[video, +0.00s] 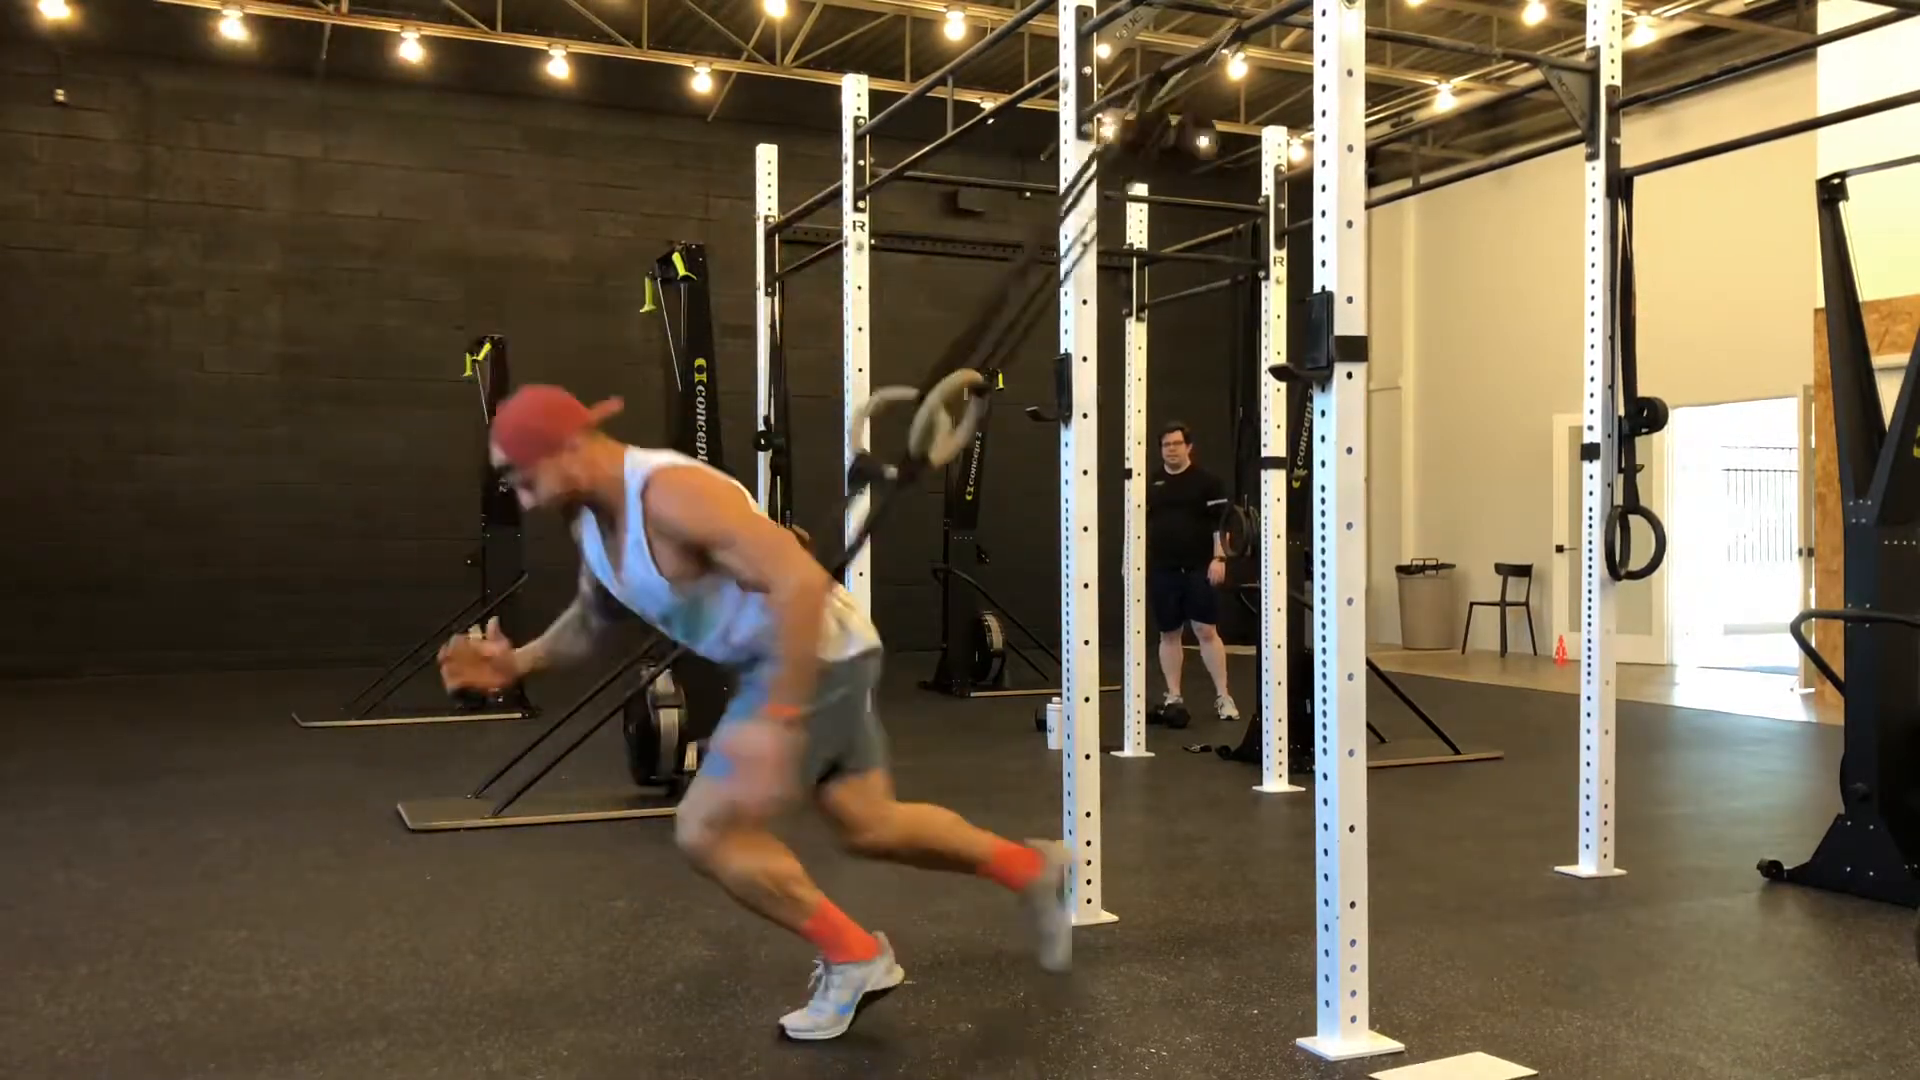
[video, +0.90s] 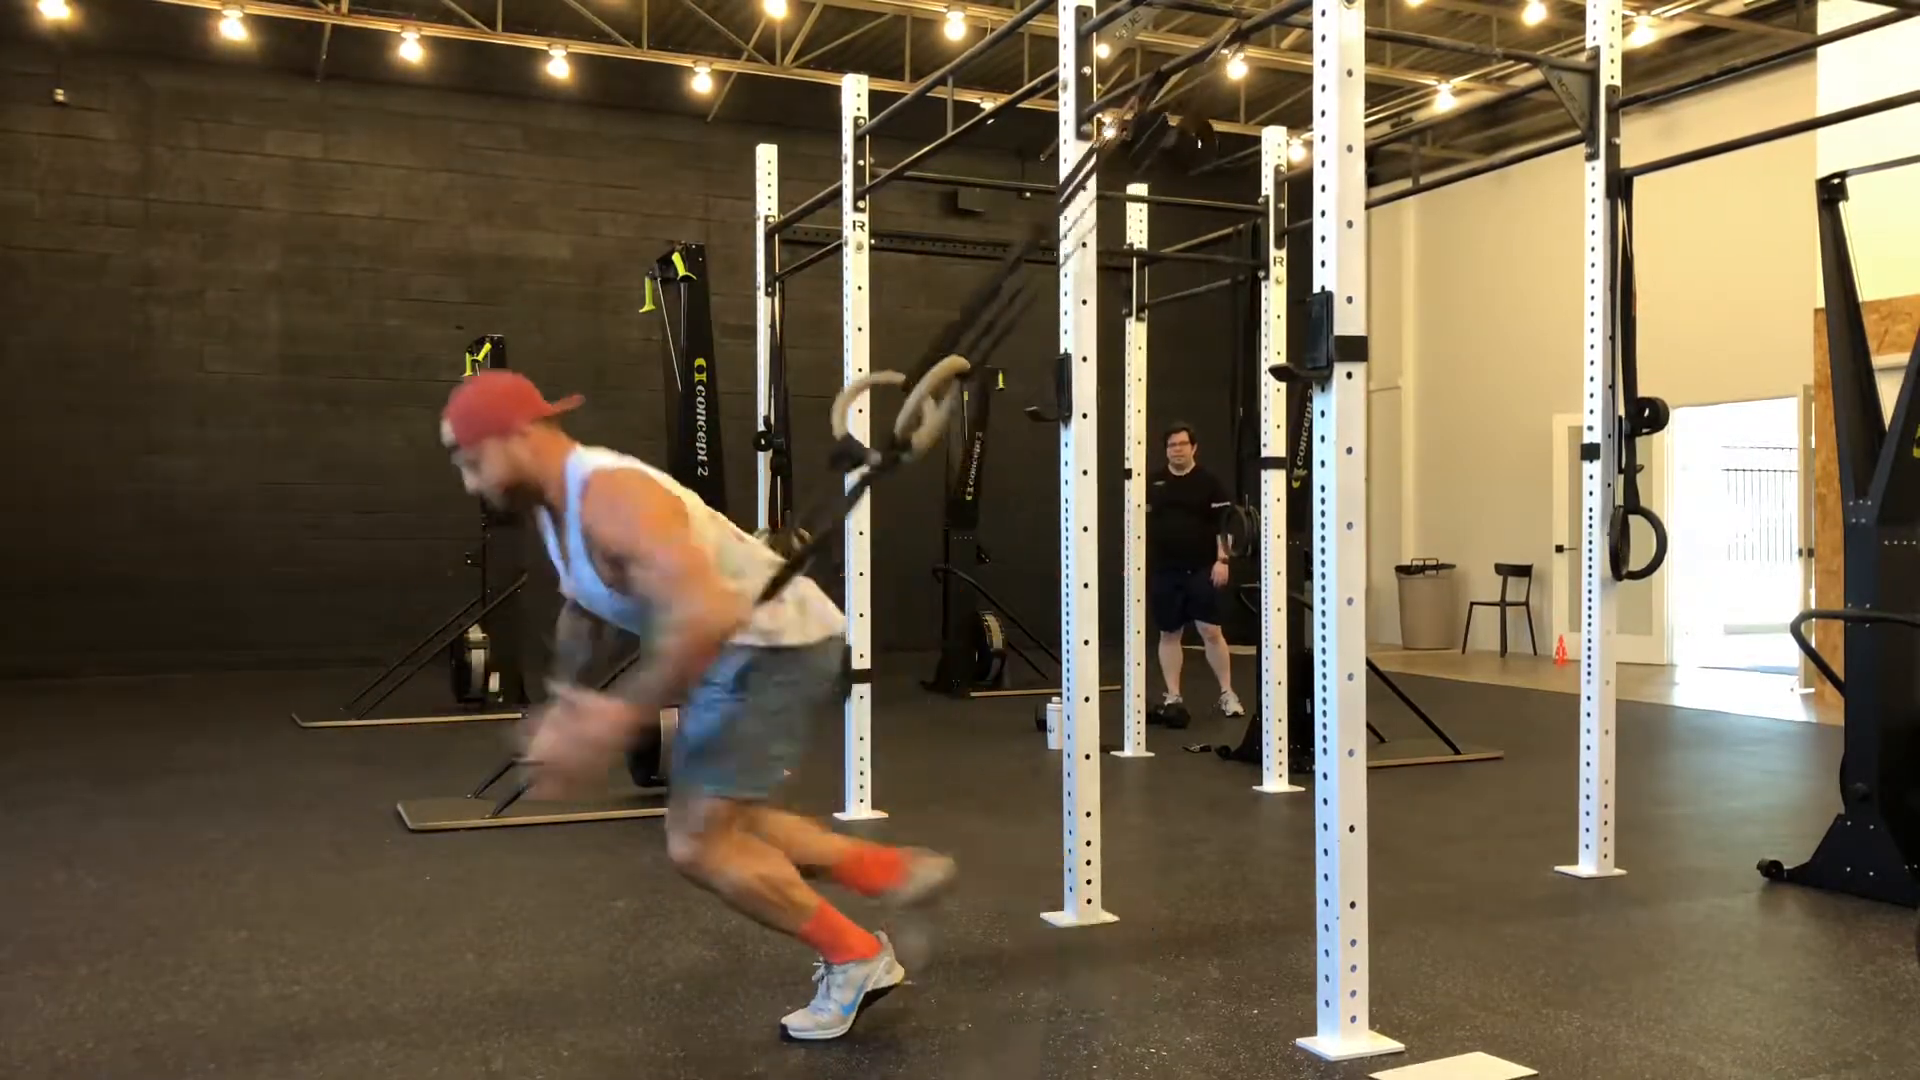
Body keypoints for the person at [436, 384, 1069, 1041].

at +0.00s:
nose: (519, 493)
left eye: (523, 476)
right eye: (513, 480)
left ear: (571, 454)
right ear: (565, 458)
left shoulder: (676, 493)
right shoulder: (598, 526)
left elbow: (800, 579)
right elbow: (596, 626)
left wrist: (779, 718)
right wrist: (516, 661)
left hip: (810, 657)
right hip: (803, 658)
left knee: (710, 829)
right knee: (869, 823)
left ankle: (856, 955)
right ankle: (1038, 870)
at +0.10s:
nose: (559, 549)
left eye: (562, 531)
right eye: (553, 535)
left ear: (604, 503)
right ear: (592, 514)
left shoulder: (701, 531)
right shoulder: (637, 581)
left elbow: (852, 565)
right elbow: (600, 658)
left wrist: (895, 687)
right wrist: (529, 651)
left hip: (846, 680)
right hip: (836, 684)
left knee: (718, 826)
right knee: (946, 827)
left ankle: (858, 957)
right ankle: (1100, 898)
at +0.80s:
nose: (512, 542)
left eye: (517, 524)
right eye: (505, 530)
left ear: (562, 504)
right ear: (545, 514)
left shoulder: (649, 539)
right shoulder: (586, 579)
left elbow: (805, 549)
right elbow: (528, 662)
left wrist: (862, 658)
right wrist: (444, 690)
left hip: (814, 674)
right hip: (829, 667)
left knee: (707, 842)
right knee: (890, 829)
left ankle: (858, 958)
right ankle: (1060, 878)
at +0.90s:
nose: (466, 479)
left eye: (469, 458)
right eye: (459, 463)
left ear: (519, 436)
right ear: (517, 440)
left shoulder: (612, 495)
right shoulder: (561, 507)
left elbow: (711, 610)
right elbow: (587, 612)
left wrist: (621, 710)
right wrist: (565, 706)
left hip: (778, 643)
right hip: (732, 647)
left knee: (699, 843)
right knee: (720, 821)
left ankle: (857, 956)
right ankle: (898, 872)